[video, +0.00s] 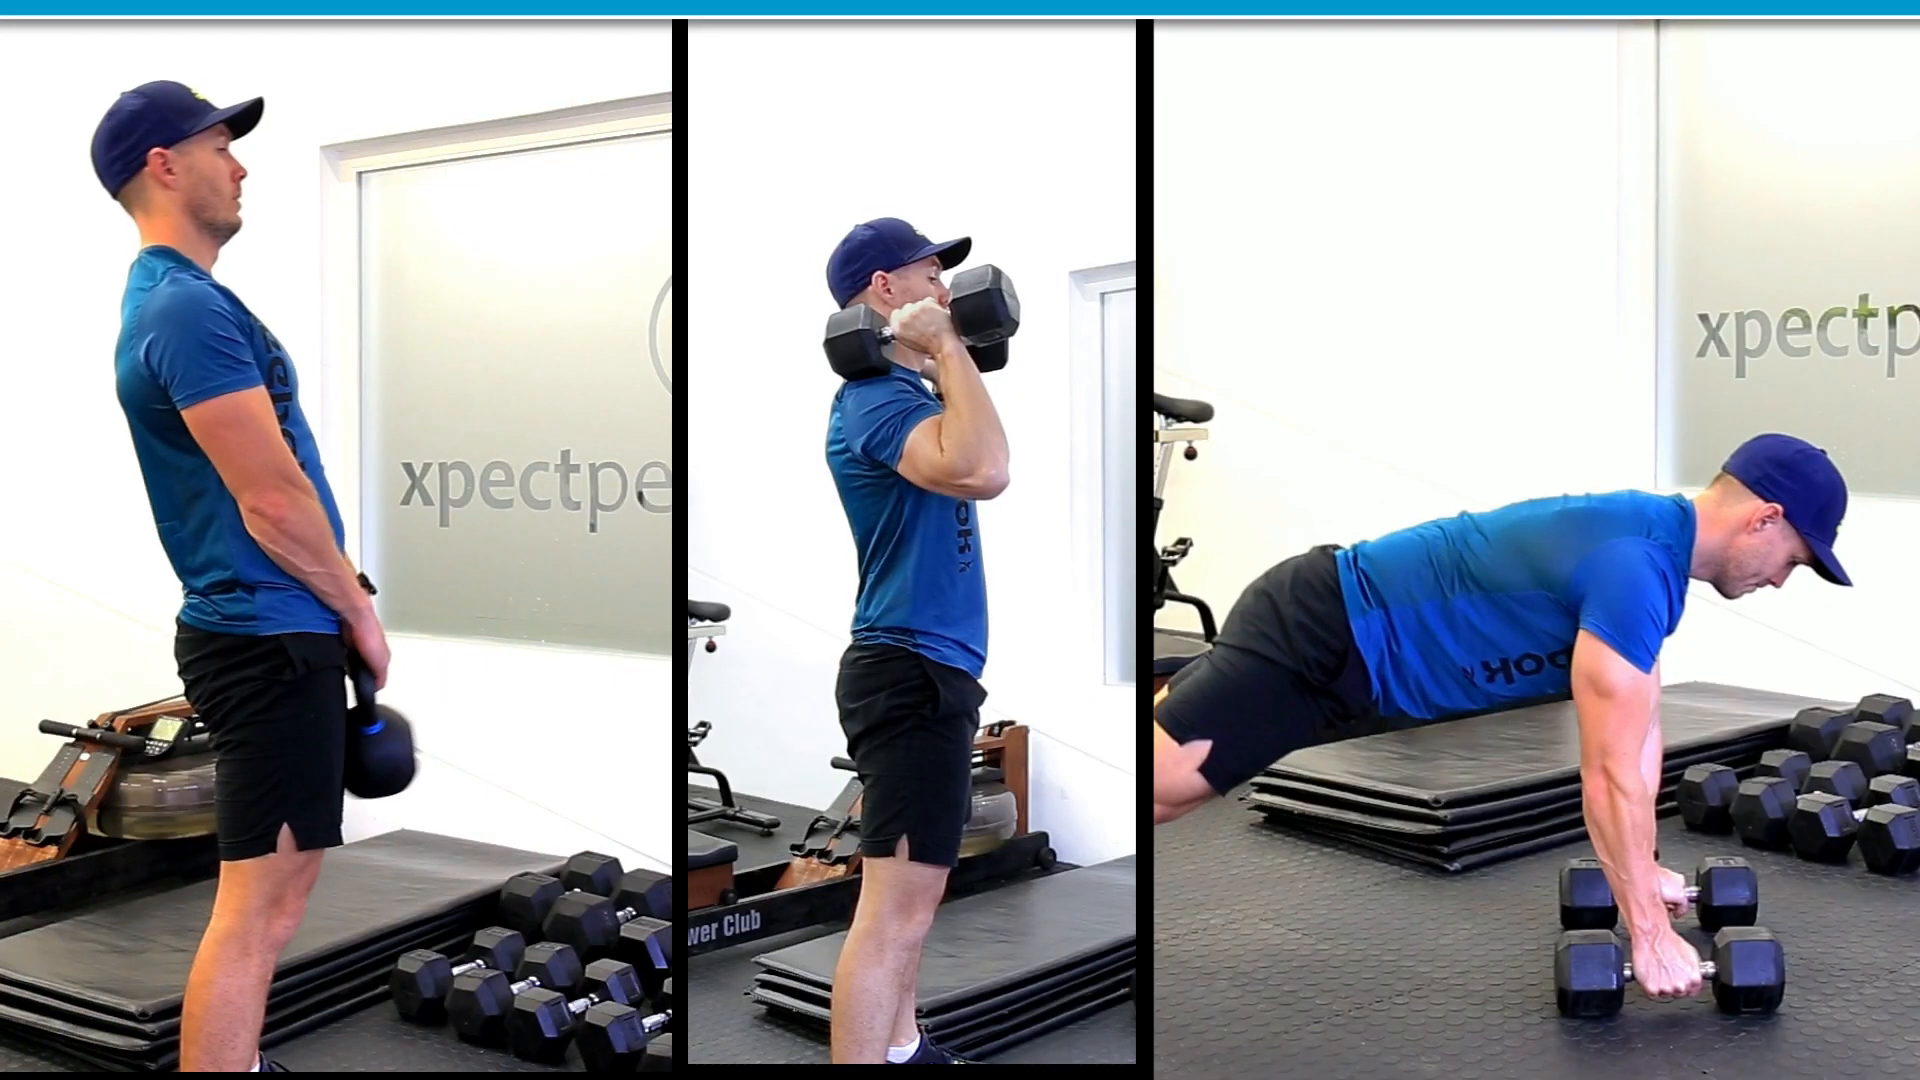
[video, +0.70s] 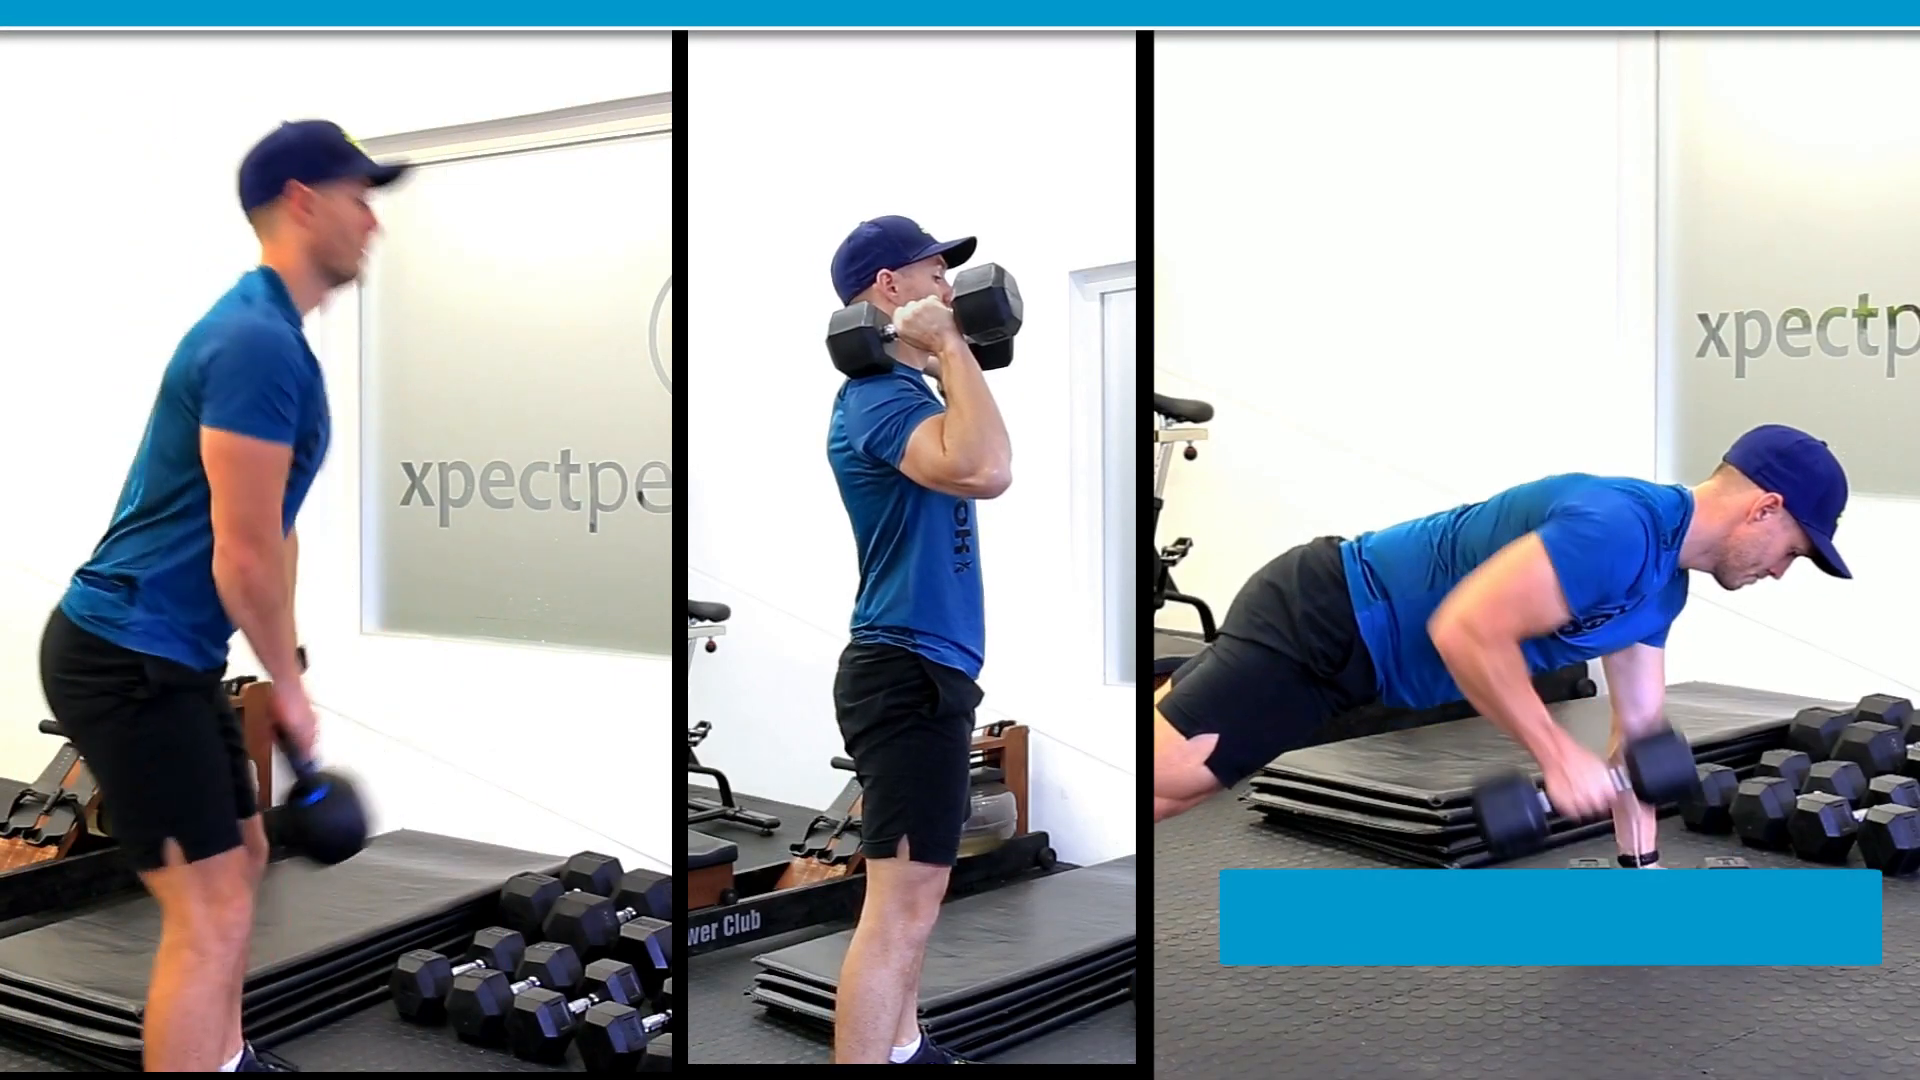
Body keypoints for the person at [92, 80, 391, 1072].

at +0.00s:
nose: (242, 165)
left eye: (233, 147)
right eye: (221, 145)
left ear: (159, 172)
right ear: (162, 167)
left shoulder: (172, 298)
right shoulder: (186, 305)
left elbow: (266, 496)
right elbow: (272, 503)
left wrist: (347, 597)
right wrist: (359, 612)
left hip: (269, 636)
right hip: (266, 642)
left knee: (268, 902)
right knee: (256, 911)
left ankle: (227, 1059)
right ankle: (216, 1066)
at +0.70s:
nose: (375, 222)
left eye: (373, 202)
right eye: (360, 200)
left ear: (302, 209)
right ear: (297, 203)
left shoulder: (277, 340)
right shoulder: (255, 342)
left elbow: (270, 539)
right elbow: (242, 552)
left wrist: (287, 669)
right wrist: (286, 682)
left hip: (167, 653)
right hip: (126, 657)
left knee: (241, 855)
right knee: (209, 912)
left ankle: (215, 1053)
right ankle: (187, 1073)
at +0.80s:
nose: (429, 267)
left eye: (427, 246)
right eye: (414, 244)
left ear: (356, 249)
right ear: (354, 244)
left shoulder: (310, 370)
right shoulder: (291, 373)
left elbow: (264, 563)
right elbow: (240, 579)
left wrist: (256, 699)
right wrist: (256, 712)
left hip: (144, 654)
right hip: (105, 653)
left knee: (210, 894)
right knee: (185, 912)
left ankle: (219, 1061)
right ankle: (178, 1074)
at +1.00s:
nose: (495, 345)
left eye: (496, 322)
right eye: (486, 319)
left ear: (426, 319)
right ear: (430, 316)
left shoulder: (352, 414)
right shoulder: (341, 424)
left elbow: (243, 596)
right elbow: (231, 604)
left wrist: (202, 720)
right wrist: (198, 736)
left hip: (153, 651)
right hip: (101, 654)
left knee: (232, 846)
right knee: (192, 908)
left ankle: (224, 1059)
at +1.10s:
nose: (498, 343)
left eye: (499, 322)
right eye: (489, 319)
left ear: (429, 319)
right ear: (435, 317)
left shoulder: (352, 412)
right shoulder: (343, 424)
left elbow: (250, 597)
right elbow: (240, 608)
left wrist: (211, 722)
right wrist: (208, 736)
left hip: (153, 651)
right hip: (103, 652)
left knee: (229, 845)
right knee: (191, 906)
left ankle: (222, 1059)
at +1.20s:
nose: (479, 307)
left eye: (478, 287)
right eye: (468, 285)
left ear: (405, 287)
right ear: (410, 283)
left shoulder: (343, 390)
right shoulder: (331, 398)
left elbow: (258, 579)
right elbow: (249, 590)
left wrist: (229, 702)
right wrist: (229, 717)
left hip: (162, 653)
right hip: (113, 653)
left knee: (234, 845)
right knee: (197, 914)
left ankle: (223, 1056)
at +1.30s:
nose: (433, 252)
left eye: (429, 233)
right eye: (418, 232)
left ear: (361, 241)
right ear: (360, 237)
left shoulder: (313, 357)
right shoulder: (298, 364)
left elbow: (258, 558)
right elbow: (246, 571)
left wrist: (250, 687)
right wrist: (249, 699)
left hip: (190, 652)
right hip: (141, 655)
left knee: (251, 849)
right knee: (228, 915)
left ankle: (219, 1044)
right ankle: (197, 1073)